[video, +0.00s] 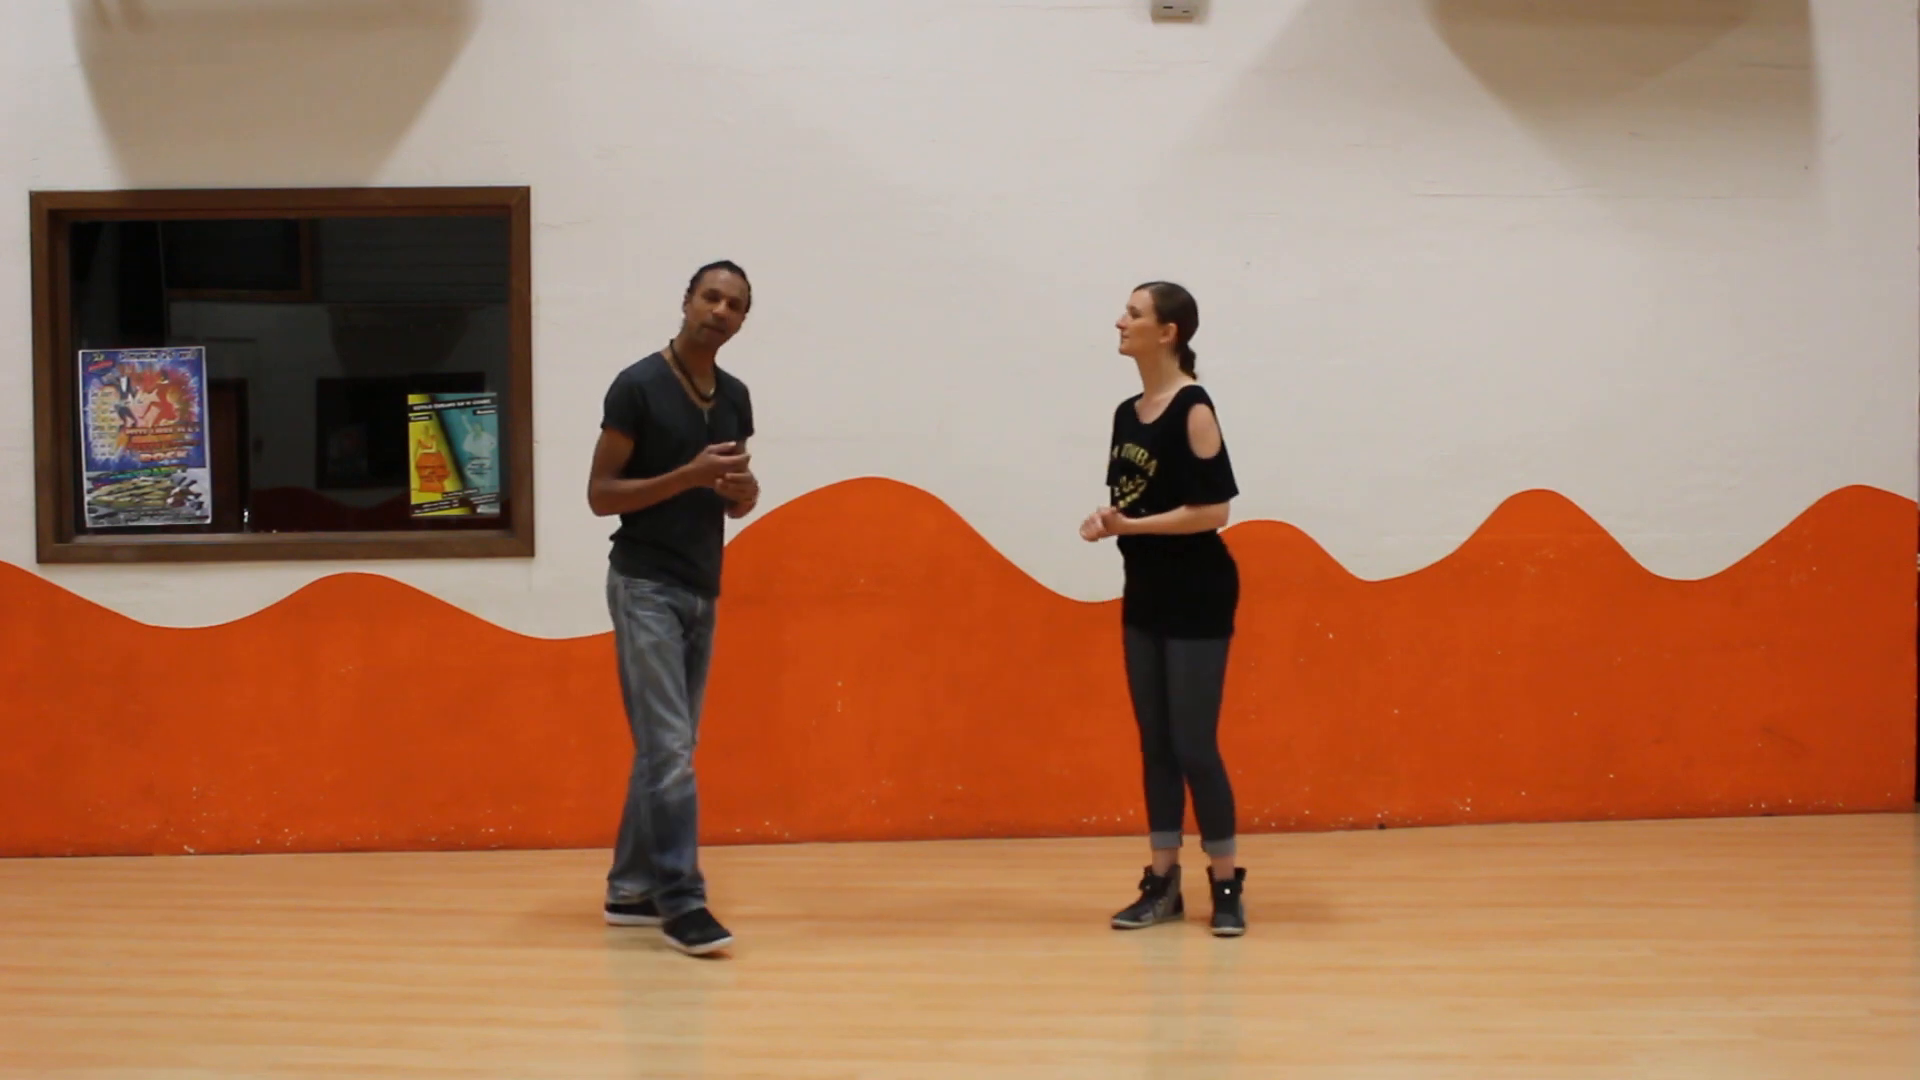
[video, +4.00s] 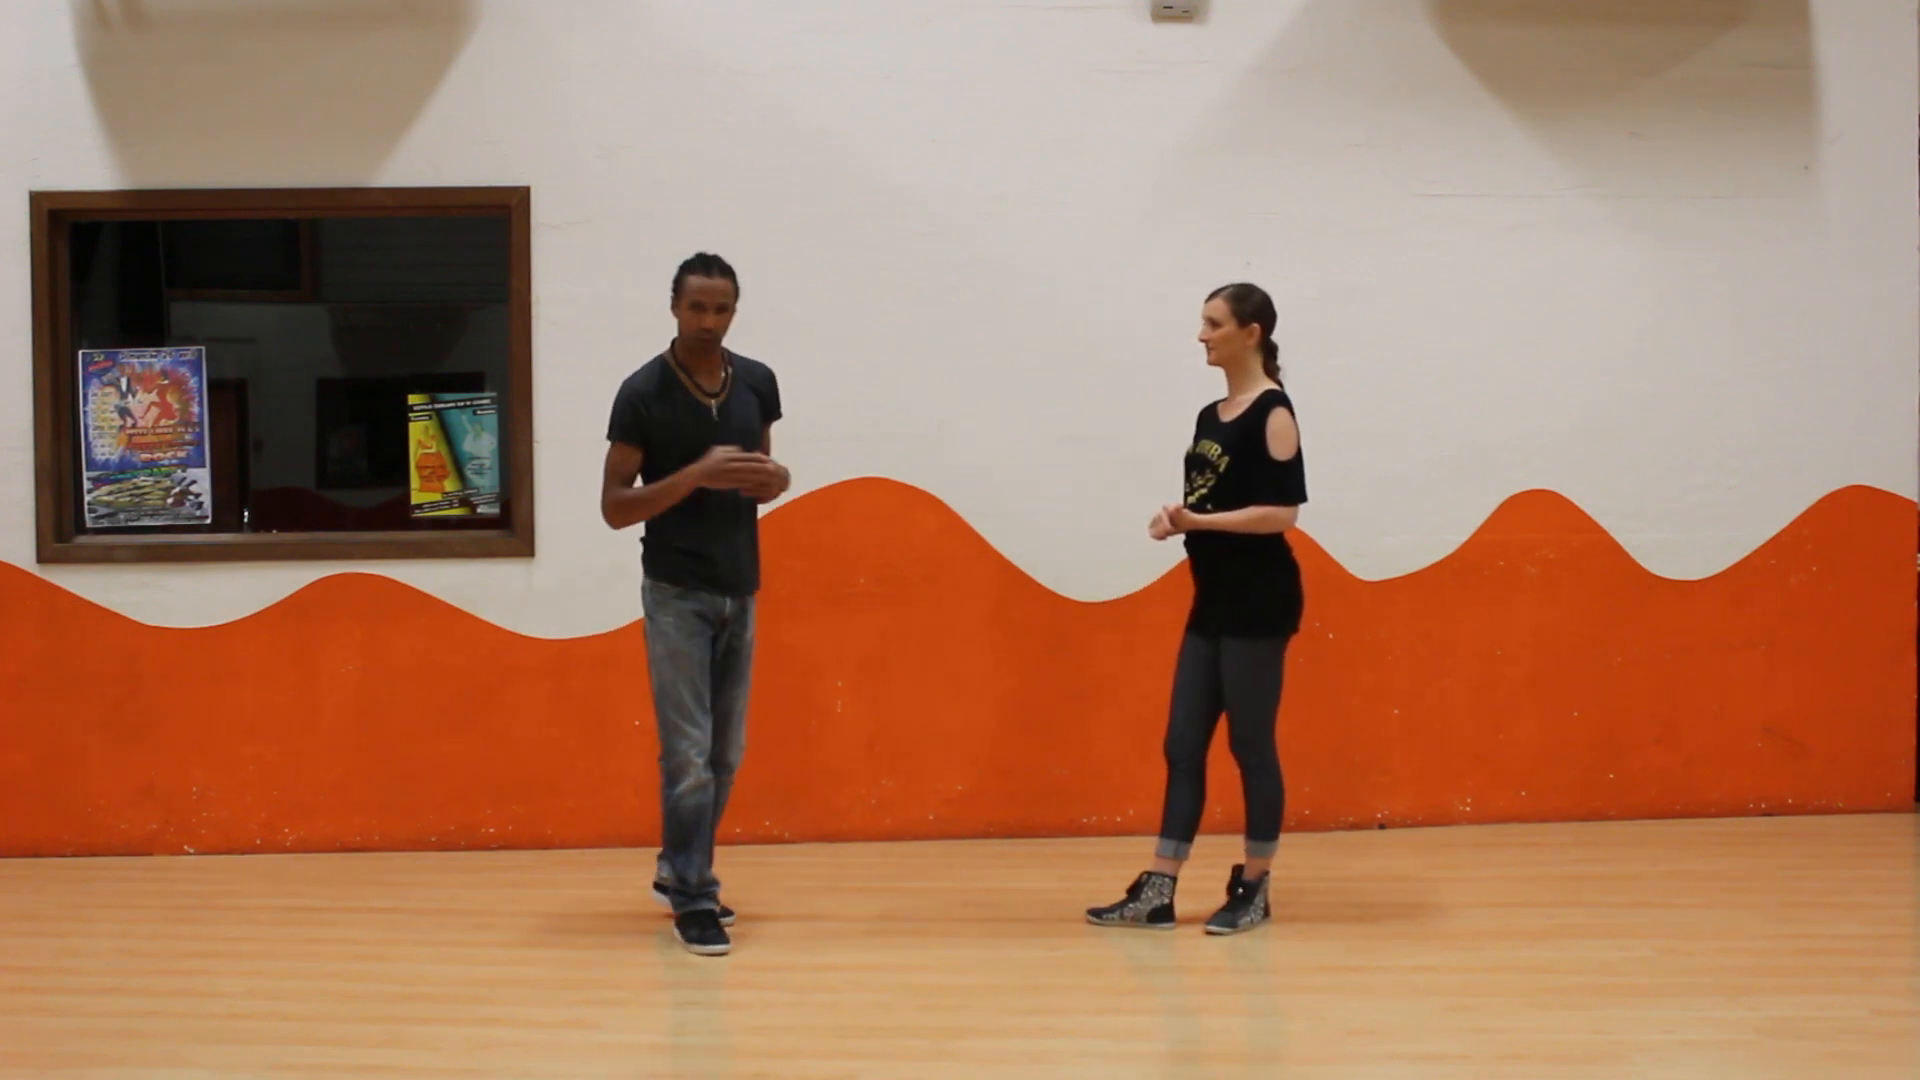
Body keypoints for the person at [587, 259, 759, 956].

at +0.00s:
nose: (722, 312)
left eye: (735, 306)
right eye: (713, 297)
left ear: (742, 322)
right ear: (685, 301)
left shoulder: (732, 397)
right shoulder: (638, 385)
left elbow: (741, 502)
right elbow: (600, 495)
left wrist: (737, 480)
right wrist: (690, 476)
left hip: (699, 589)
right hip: (644, 584)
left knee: (672, 744)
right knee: (669, 743)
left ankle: (631, 886)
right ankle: (684, 903)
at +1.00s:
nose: (741, 309)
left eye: (753, 302)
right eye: (730, 294)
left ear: (759, 318)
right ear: (699, 299)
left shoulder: (747, 395)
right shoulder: (650, 388)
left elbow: (723, 495)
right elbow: (620, 504)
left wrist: (760, 494)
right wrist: (712, 485)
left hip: (731, 597)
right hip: (667, 597)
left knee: (746, 749)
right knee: (682, 756)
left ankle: (675, 849)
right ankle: (691, 912)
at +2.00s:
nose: (748, 310)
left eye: (747, 299)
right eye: (735, 299)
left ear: (727, 312)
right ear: (692, 310)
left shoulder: (744, 391)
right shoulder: (643, 393)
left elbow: (766, 490)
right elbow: (616, 505)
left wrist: (749, 489)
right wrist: (703, 482)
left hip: (729, 594)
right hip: (671, 594)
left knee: (709, 746)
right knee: (691, 748)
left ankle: (671, 879)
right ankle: (691, 905)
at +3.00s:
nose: (738, 310)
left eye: (745, 301)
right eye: (725, 298)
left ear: (750, 315)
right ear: (690, 306)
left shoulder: (754, 399)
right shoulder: (650, 387)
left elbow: (763, 499)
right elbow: (611, 491)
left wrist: (756, 487)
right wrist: (700, 472)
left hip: (725, 589)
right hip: (666, 586)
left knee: (709, 742)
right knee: (682, 739)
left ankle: (683, 882)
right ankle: (673, 894)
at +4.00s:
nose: (709, 320)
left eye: (722, 308)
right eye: (697, 307)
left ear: (736, 312)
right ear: (674, 308)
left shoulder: (755, 383)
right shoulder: (643, 392)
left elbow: (769, 481)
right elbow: (615, 507)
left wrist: (769, 478)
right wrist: (696, 475)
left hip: (738, 590)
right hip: (676, 591)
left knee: (723, 752)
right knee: (690, 751)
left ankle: (682, 874)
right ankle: (696, 899)